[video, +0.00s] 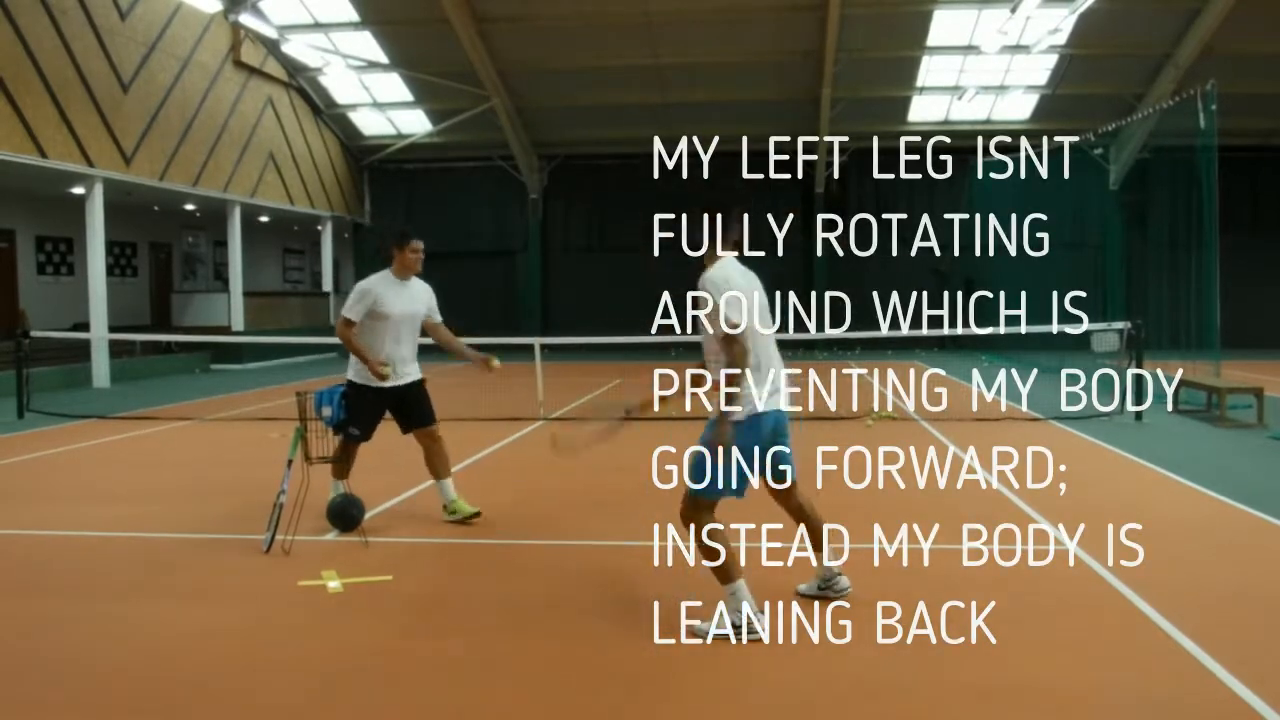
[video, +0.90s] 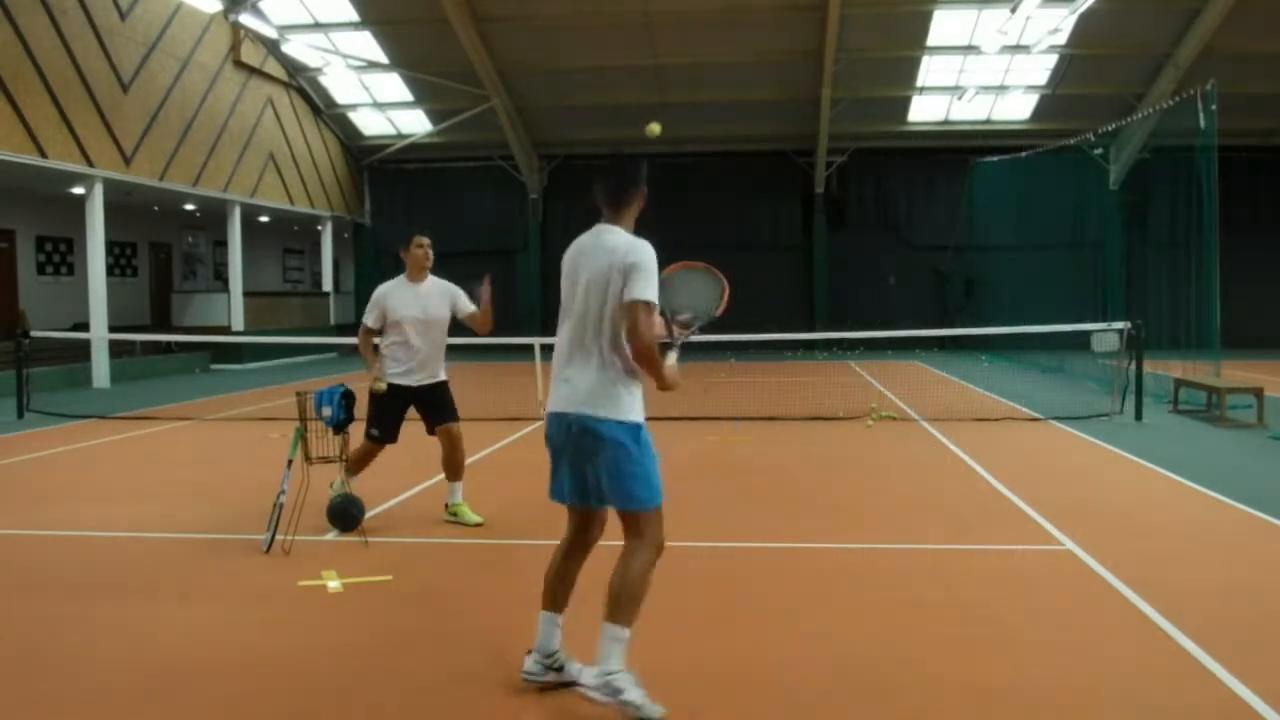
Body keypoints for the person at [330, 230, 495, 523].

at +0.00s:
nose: (420, 257)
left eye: (422, 252)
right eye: (414, 252)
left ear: (421, 256)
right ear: (396, 254)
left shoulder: (423, 291)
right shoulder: (369, 288)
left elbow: (438, 331)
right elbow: (343, 330)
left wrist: (475, 356)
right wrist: (369, 361)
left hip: (408, 382)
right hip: (367, 383)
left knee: (430, 436)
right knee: (350, 442)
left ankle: (451, 501)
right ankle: (337, 497)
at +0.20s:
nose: (454, 266)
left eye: (457, 260)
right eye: (447, 260)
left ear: (460, 265)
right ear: (431, 262)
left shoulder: (461, 304)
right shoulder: (401, 291)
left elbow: (463, 352)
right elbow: (372, 325)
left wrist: (473, 399)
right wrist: (386, 364)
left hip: (431, 380)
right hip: (390, 379)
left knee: (452, 433)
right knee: (364, 437)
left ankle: (455, 503)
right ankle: (340, 490)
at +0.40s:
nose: (467, 260)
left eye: (469, 255)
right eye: (460, 254)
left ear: (472, 260)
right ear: (444, 257)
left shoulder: (475, 301)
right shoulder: (415, 286)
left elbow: (483, 347)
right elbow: (389, 322)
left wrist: (492, 392)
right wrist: (403, 358)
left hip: (445, 376)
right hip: (404, 374)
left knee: (459, 433)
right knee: (380, 434)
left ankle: (456, 503)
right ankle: (359, 495)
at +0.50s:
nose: (465, 257)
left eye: (468, 252)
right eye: (459, 251)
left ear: (471, 259)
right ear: (444, 256)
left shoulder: (475, 296)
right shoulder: (415, 286)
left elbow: (496, 329)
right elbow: (390, 323)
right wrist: (400, 354)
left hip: (448, 376)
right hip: (407, 373)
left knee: (459, 433)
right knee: (386, 434)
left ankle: (456, 503)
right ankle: (367, 494)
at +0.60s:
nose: (462, 255)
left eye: (465, 250)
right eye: (456, 249)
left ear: (468, 257)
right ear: (440, 255)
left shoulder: (473, 291)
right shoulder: (414, 286)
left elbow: (500, 307)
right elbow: (390, 321)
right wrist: (393, 360)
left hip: (448, 378)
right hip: (407, 374)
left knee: (459, 434)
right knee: (382, 436)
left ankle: (456, 503)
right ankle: (365, 493)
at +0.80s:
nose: (443, 251)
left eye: (446, 247)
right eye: (437, 246)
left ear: (449, 253)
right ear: (421, 252)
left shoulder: (459, 287)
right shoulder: (399, 288)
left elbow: (498, 302)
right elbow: (378, 329)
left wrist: (512, 276)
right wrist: (385, 363)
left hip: (440, 377)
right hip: (399, 376)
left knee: (455, 435)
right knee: (376, 438)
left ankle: (455, 503)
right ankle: (350, 486)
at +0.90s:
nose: (427, 252)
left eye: (429, 248)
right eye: (420, 247)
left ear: (433, 255)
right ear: (404, 255)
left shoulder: (447, 290)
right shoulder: (386, 292)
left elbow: (482, 327)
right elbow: (365, 335)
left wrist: (486, 303)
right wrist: (373, 368)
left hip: (433, 381)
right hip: (392, 383)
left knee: (452, 435)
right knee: (373, 444)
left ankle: (455, 503)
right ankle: (341, 485)